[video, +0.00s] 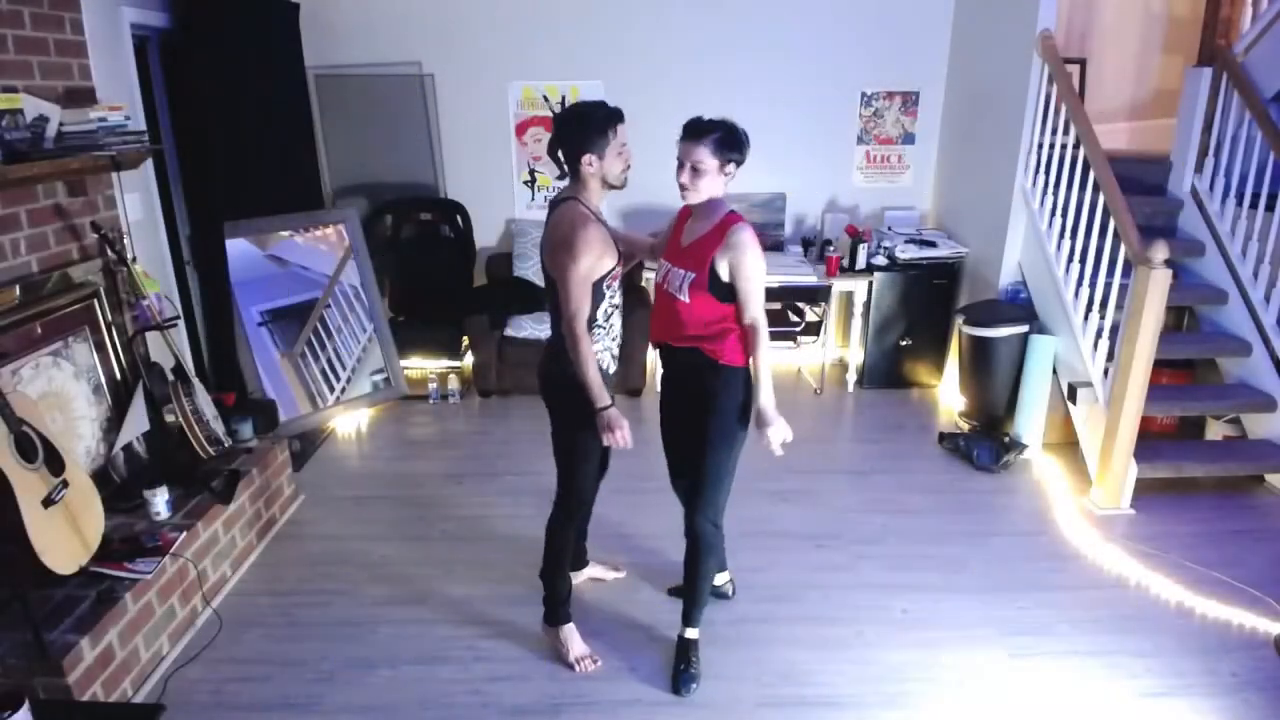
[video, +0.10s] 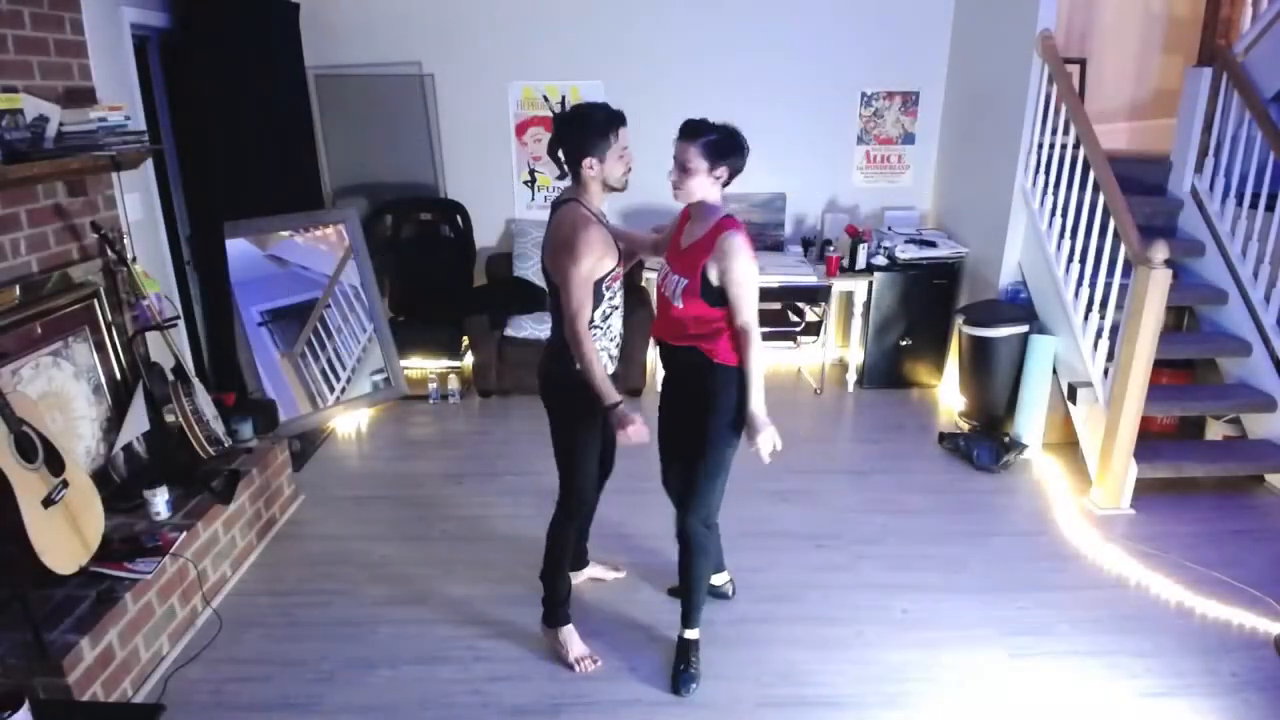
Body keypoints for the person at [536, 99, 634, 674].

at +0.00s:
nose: (629, 156)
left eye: (626, 144)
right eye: (620, 147)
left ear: (582, 158)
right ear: (590, 158)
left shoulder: (578, 212)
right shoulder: (579, 228)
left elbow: (614, 252)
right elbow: (574, 328)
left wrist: (645, 250)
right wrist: (603, 406)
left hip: (579, 364)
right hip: (575, 373)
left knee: (588, 473)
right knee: (574, 495)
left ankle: (572, 560)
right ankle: (558, 617)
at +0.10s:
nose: (629, 158)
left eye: (626, 147)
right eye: (620, 149)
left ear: (584, 161)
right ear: (591, 162)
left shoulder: (586, 213)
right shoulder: (578, 231)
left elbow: (621, 249)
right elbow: (578, 333)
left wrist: (664, 244)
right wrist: (614, 404)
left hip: (588, 364)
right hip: (574, 373)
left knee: (596, 472)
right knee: (577, 497)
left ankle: (575, 561)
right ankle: (556, 620)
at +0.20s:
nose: (630, 161)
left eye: (627, 150)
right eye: (621, 152)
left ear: (587, 166)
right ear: (591, 166)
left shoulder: (588, 213)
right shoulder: (579, 233)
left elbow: (613, 247)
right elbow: (577, 335)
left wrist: (659, 243)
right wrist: (620, 402)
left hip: (590, 367)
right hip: (574, 376)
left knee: (597, 474)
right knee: (580, 494)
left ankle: (575, 559)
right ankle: (556, 620)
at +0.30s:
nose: (630, 161)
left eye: (627, 150)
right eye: (621, 153)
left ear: (588, 169)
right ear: (591, 169)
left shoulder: (589, 216)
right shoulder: (579, 236)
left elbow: (614, 251)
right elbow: (574, 337)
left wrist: (665, 238)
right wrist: (624, 397)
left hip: (590, 368)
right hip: (570, 376)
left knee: (593, 477)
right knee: (581, 495)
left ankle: (576, 561)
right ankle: (554, 621)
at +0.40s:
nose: (630, 160)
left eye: (627, 150)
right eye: (621, 152)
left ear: (588, 170)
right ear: (591, 170)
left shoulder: (589, 217)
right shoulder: (580, 237)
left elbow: (623, 250)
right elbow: (573, 334)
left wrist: (678, 231)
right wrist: (623, 394)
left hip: (588, 370)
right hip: (570, 378)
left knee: (590, 478)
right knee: (579, 496)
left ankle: (575, 561)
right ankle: (552, 622)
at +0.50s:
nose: (629, 158)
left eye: (625, 149)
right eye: (621, 151)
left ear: (586, 171)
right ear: (593, 171)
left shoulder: (587, 217)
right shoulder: (580, 240)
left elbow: (626, 244)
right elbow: (570, 338)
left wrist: (680, 231)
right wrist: (622, 391)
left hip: (584, 373)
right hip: (570, 380)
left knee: (581, 479)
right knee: (572, 497)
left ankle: (573, 563)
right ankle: (549, 625)